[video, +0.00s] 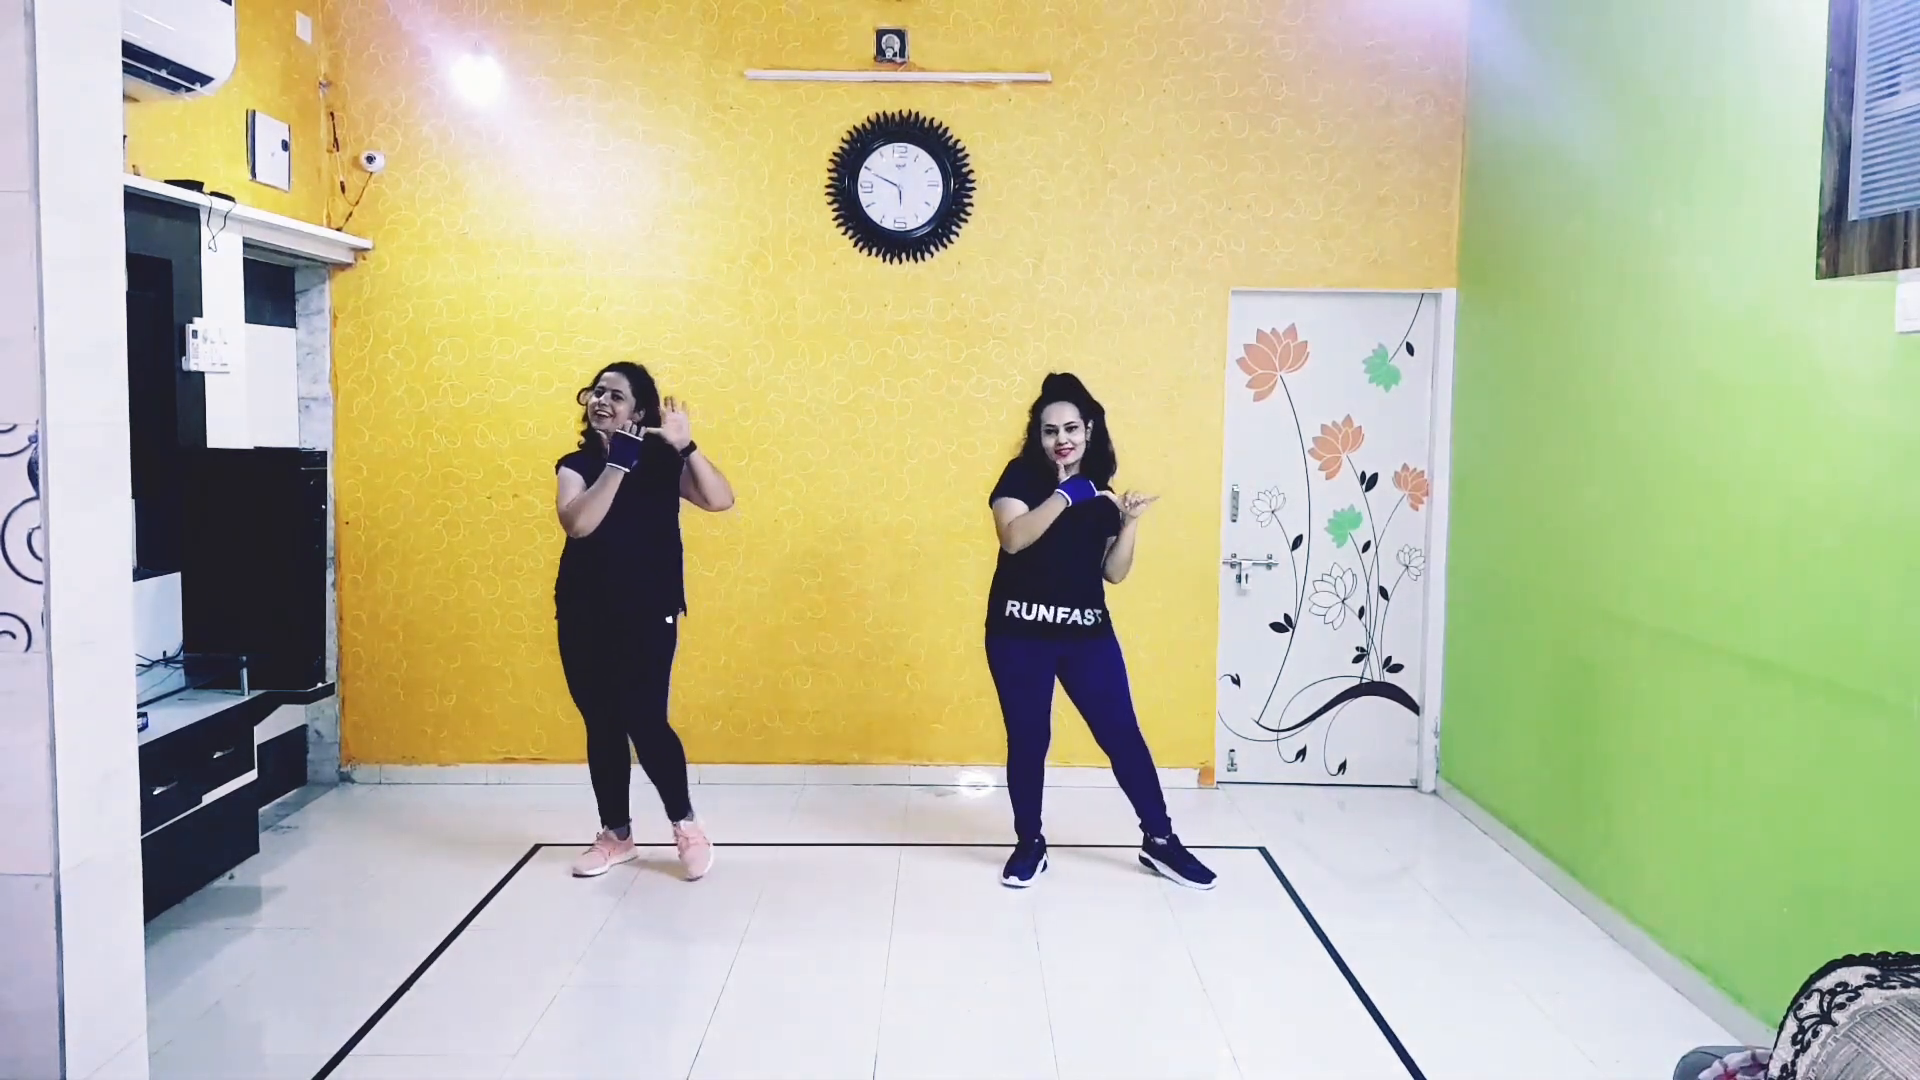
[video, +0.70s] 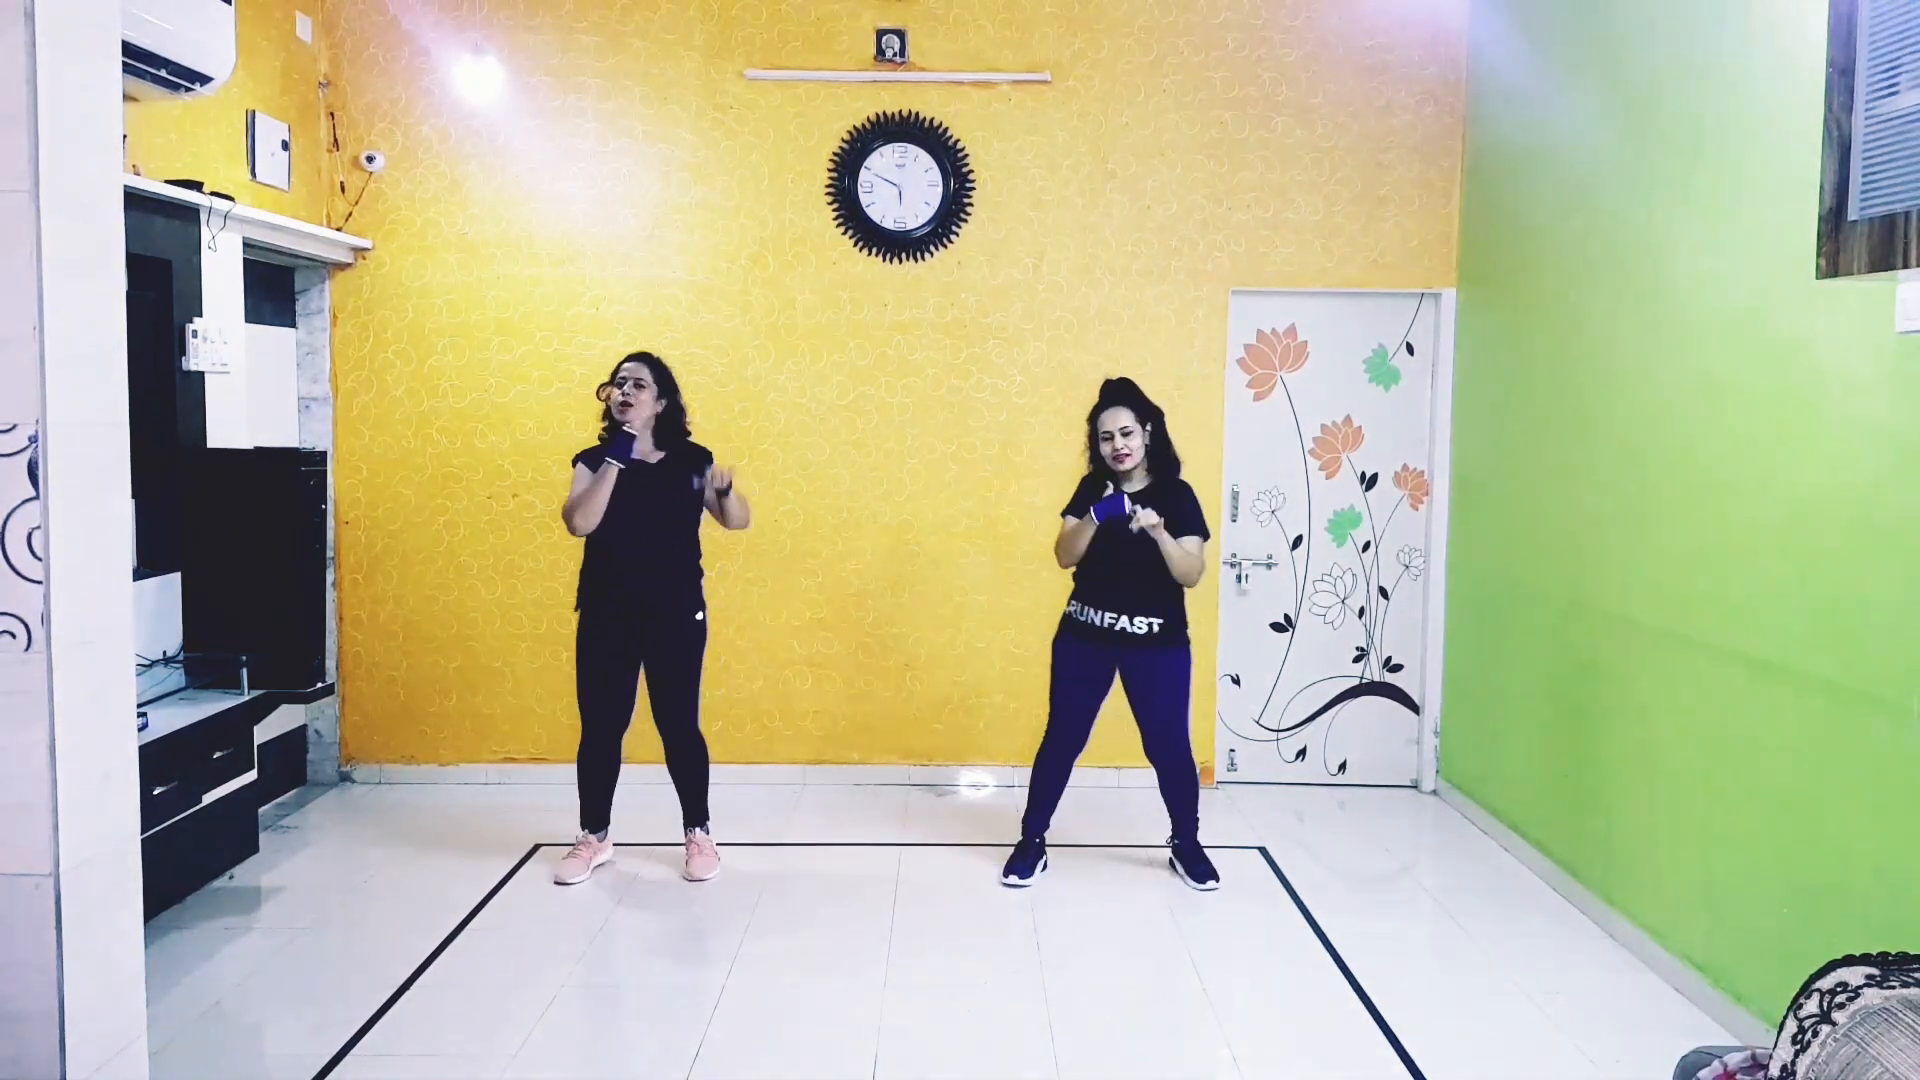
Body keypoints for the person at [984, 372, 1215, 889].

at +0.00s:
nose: (1063, 439)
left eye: (1072, 428)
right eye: (1051, 430)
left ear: (1089, 431)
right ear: (1037, 434)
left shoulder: (1101, 496)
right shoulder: (1019, 477)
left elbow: (1115, 573)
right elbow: (1012, 538)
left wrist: (1128, 525)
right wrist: (1063, 495)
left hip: (1086, 632)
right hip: (1019, 631)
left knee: (1123, 736)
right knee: (1027, 742)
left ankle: (1160, 838)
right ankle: (1029, 842)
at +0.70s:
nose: (1119, 445)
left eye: (1128, 433)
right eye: (1107, 437)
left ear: (1148, 434)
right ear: (1097, 443)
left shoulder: (1176, 494)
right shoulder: (1093, 488)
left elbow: (1191, 573)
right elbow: (1065, 557)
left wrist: (1160, 533)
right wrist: (1094, 516)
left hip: (1156, 643)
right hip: (1086, 635)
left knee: (1171, 750)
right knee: (1062, 739)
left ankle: (1187, 843)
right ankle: (1032, 840)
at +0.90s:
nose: (1133, 445)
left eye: (1144, 433)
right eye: (1123, 435)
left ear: (1166, 435)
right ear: (1112, 442)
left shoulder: (1194, 494)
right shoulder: (1110, 492)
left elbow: (1221, 568)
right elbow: (1083, 566)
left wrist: (1178, 583)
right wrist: (1111, 535)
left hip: (1182, 645)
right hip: (1111, 639)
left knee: (1185, 753)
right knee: (1077, 744)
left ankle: (1187, 845)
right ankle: (1034, 840)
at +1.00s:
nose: (1139, 445)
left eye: (1150, 433)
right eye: (1129, 435)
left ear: (1172, 436)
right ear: (1117, 443)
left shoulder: (1200, 497)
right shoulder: (1112, 496)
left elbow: (1223, 573)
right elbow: (1088, 573)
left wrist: (1211, 636)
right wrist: (1113, 539)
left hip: (1188, 643)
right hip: (1119, 641)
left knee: (1189, 755)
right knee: (1083, 744)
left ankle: (1187, 845)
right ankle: (1035, 840)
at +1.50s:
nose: (1082, 441)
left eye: (1092, 432)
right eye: (1071, 432)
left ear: (1107, 440)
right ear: (1057, 442)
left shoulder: (1136, 480)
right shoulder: (1055, 502)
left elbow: (1177, 541)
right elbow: (1074, 575)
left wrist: (1216, 586)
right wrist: (1081, 502)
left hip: (1167, 635)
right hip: (1098, 642)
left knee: (1182, 743)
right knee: (1072, 747)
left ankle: (1187, 842)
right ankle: (1034, 842)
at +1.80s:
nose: (1053, 435)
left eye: (1063, 426)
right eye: (1042, 425)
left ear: (1075, 434)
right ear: (1023, 435)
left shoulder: (1093, 480)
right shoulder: (1014, 496)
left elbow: (1120, 541)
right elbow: (1036, 568)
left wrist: (1144, 593)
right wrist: (1049, 494)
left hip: (1121, 629)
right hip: (1056, 638)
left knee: (1152, 735)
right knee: (1049, 749)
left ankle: (1181, 837)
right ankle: (1032, 843)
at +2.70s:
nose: (1107, 434)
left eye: (1118, 425)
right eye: (1097, 426)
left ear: (1137, 433)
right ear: (1085, 436)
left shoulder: (1151, 503)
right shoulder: (1069, 477)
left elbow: (1161, 586)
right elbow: (1028, 533)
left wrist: (1173, 663)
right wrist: (1072, 487)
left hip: (1111, 639)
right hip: (1042, 629)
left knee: (1140, 746)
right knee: (1036, 742)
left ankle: (1178, 838)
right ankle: (1030, 842)